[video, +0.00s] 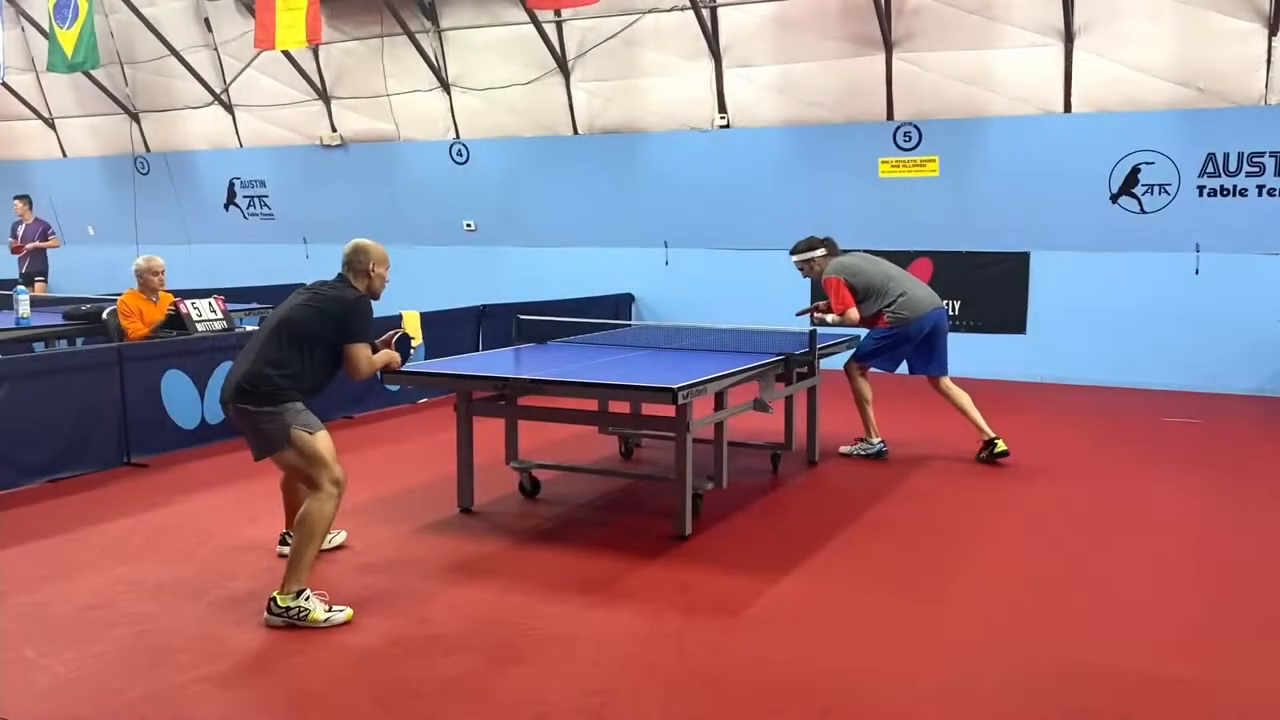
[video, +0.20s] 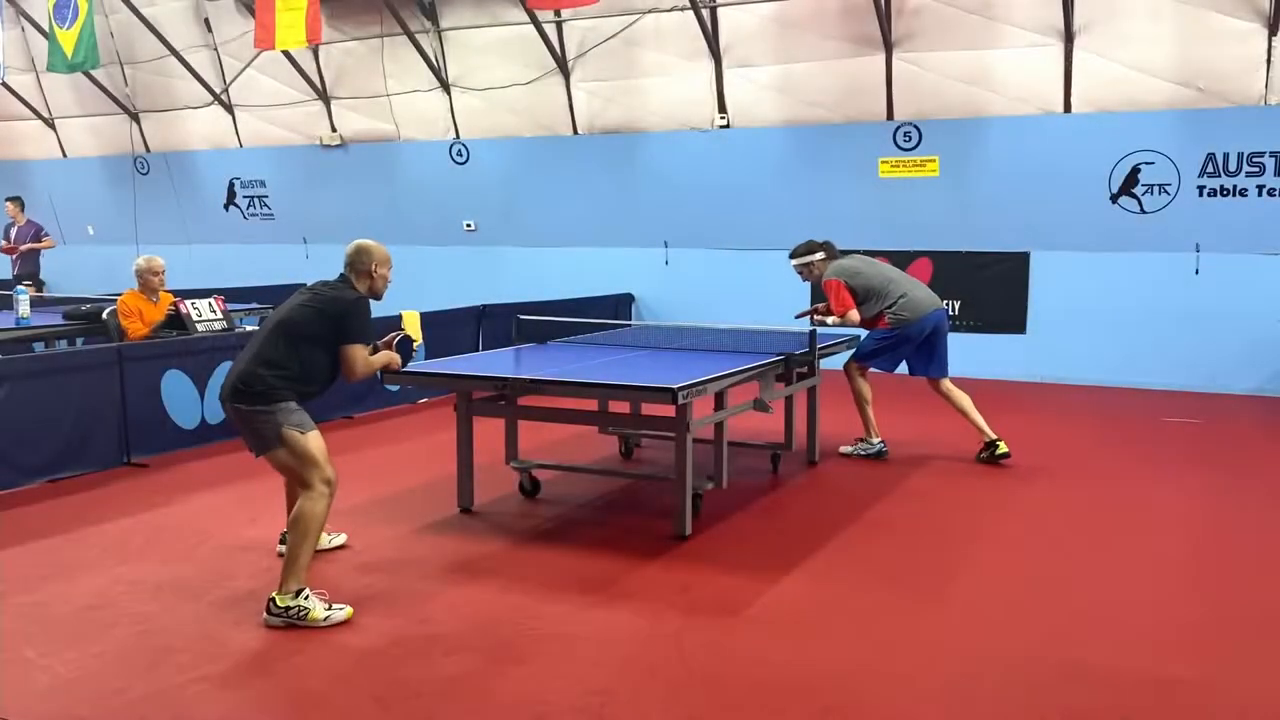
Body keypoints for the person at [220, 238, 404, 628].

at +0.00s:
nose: (387, 277)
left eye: (387, 270)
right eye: (385, 270)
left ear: (350, 270)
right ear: (370, 271)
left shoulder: (316, 291)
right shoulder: (355, 303)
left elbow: (325, 349)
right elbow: (359, 369)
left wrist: (371, 350)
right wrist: (385, 358)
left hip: (241, 392)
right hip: (268, 396)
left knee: (299, 463)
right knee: (330, 482)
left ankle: (296, 533)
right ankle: (289, 597)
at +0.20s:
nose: (390, 277)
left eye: (389, 270)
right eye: (387, 270)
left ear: (354, 270)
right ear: (371, 271)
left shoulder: (321, 292)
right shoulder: (353, 304)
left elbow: (330, 354)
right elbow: (354, 370)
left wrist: (371, 351)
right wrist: (383, 359)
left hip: (245, 390)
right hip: (264, 395)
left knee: (299, 469)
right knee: (321, 482)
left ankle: (298, 534)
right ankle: (288, 596)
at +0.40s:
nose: (390, 277)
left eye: (390, 270)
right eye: (387, 270)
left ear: (354, 270)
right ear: (372, 271)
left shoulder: (322, 291)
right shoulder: (352, 304)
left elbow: (333, 355)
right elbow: (354, 369)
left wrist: (373, 350)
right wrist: (385, 358)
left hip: (243, 390)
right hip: (264, 395)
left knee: (299, 468)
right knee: (323, 481)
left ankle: (298, 534)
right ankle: (288, 597)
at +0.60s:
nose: (390, 276)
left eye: (389, 269)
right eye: (387, 269)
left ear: (353, 269)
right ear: (371, 270)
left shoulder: (320, 290)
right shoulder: (353, 302)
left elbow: (328, 350)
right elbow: (357, 367)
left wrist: (371, 350)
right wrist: (385, 357)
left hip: (243, 390)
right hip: (269, 395)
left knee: (299, 464)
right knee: (331, 483)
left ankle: (296, 533)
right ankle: (289, 597)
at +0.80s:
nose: (391, 274)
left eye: (390, 267)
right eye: (388, 267)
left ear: (354, 268)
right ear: (373, 269)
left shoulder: (322, 290)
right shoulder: (352, 302)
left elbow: (332, 353)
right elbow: (355, 367)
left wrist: (372, 349)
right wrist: (385, 357)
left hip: (245, 389)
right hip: (267, 394)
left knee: (300, 467)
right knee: (324, 482)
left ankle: (297, 535)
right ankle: (289, 597)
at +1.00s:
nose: (391, 274)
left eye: (390, 267)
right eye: (388, 267)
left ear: (354, 266)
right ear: (373, 268)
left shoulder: (323, 289)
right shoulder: (351, 302)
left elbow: (333, 354)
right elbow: (353, 367)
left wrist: (374, 347)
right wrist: (386, 356)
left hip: (245, 390)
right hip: (269, 395)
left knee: (299, 470)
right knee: (324, 482)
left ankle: (298, 534)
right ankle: (288, 597)